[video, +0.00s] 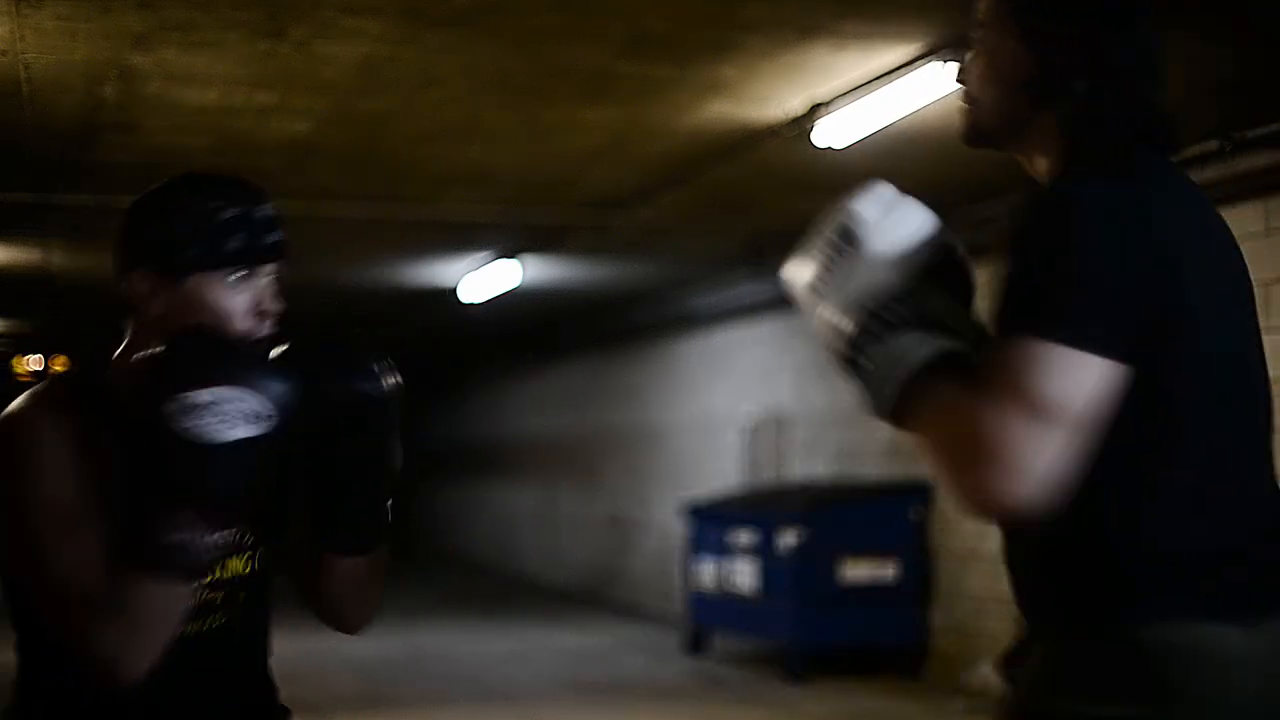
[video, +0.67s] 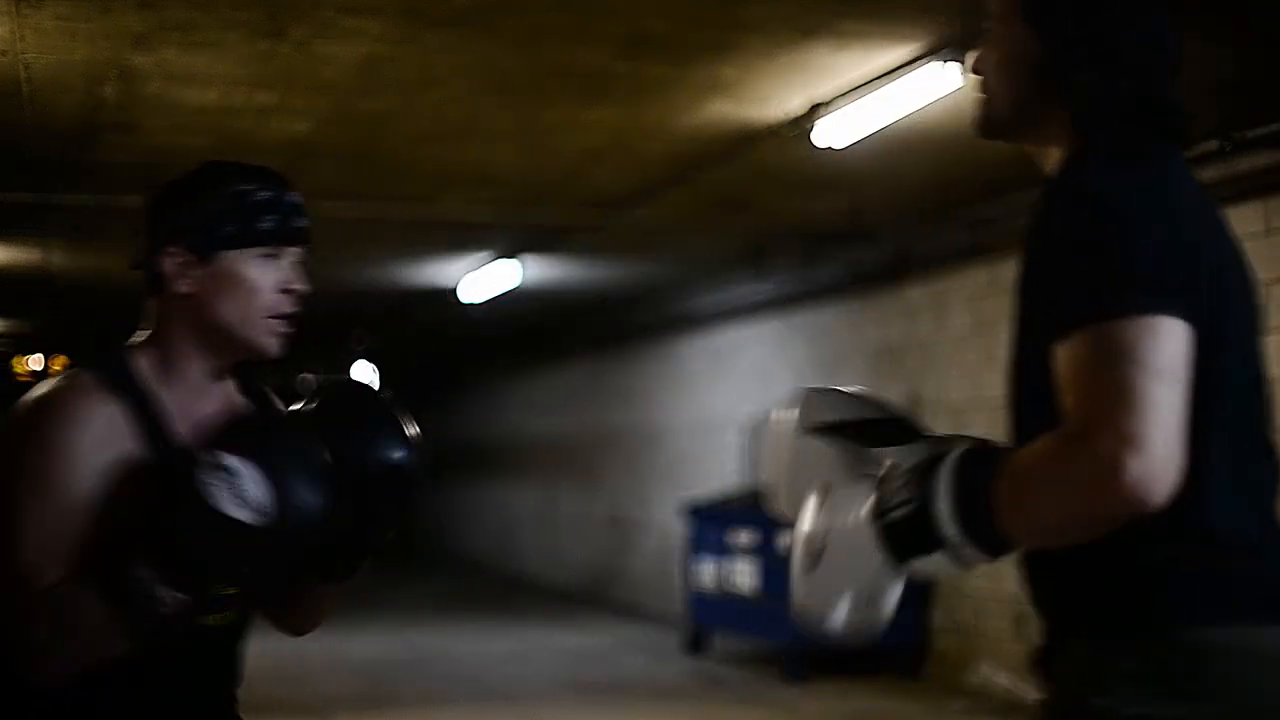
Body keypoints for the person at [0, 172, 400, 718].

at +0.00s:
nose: (271, 305)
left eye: (272, 276)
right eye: (240, 278)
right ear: (152, 289)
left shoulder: (259, 412)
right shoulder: (47, 426)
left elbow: (347, 611)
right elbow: (114, 654)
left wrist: (359, 449)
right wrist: (200, 483)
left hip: (239, 707)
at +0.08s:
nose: (234, 346)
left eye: (240, 314)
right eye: (200, 320)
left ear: (252, 312)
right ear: (130, 336)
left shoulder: (280, 430)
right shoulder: (56, 468)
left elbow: (394, 633)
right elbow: (76, 697)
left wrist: (344, 471)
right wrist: (123, 538)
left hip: (264, 713)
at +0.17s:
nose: (260, 345)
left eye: (265, 315)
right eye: (227, 326)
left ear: (280, 315)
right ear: (161, 347)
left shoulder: (313, 434)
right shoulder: (90, 472)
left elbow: (437, 626)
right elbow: (75, 696)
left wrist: (368, 498)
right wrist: (113, 527)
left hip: (277, 707)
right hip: (145, 717)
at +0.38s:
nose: (393, 271)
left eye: (386, 246)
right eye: (370, 243)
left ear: (286, 260)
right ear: (288, 256)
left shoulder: (268, 342)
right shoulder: (286, 333)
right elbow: (467, 358)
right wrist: (565, 257)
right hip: (196, 709)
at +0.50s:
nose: (376, 281)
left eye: (377, 259)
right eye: (354, 255)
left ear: (270, 262)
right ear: (268, 260)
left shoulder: (269, 379)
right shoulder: (219, 369)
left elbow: (308, 572)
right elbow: (268, 549)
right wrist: (439, 419)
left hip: (219, 708)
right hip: (156, 718)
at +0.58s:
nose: (343, 282)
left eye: (343, 258)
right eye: (317, 255)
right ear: (232, 264)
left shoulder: (277, 406)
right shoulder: (143, 400)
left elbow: (313, 597)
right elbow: (110, 610)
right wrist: (290, 519)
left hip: (223, 710)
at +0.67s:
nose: (299, 285)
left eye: (298, 262)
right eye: (269, 258)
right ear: (183, 271)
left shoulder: (253, 416)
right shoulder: (75, 421)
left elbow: (294, 616)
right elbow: (32, 638)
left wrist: (348, 507)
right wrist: (172, 566)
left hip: (203, 710)